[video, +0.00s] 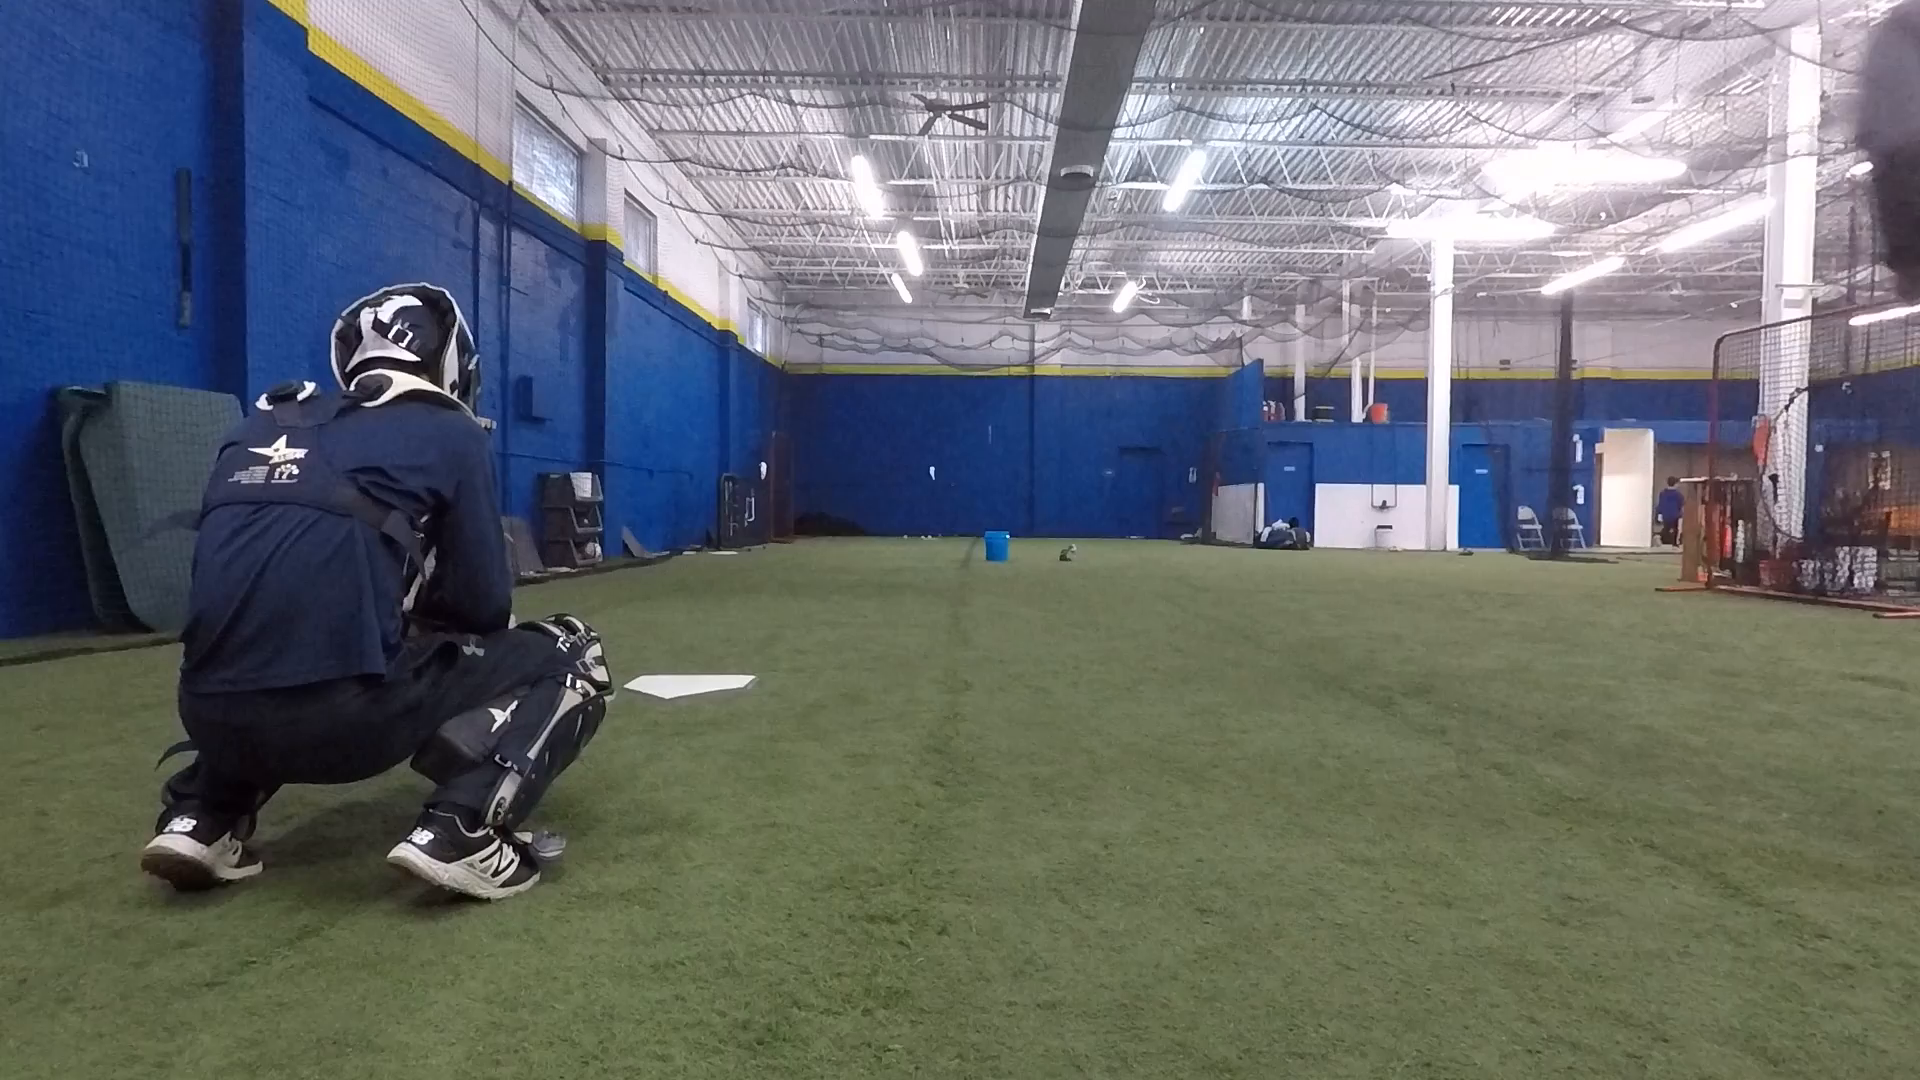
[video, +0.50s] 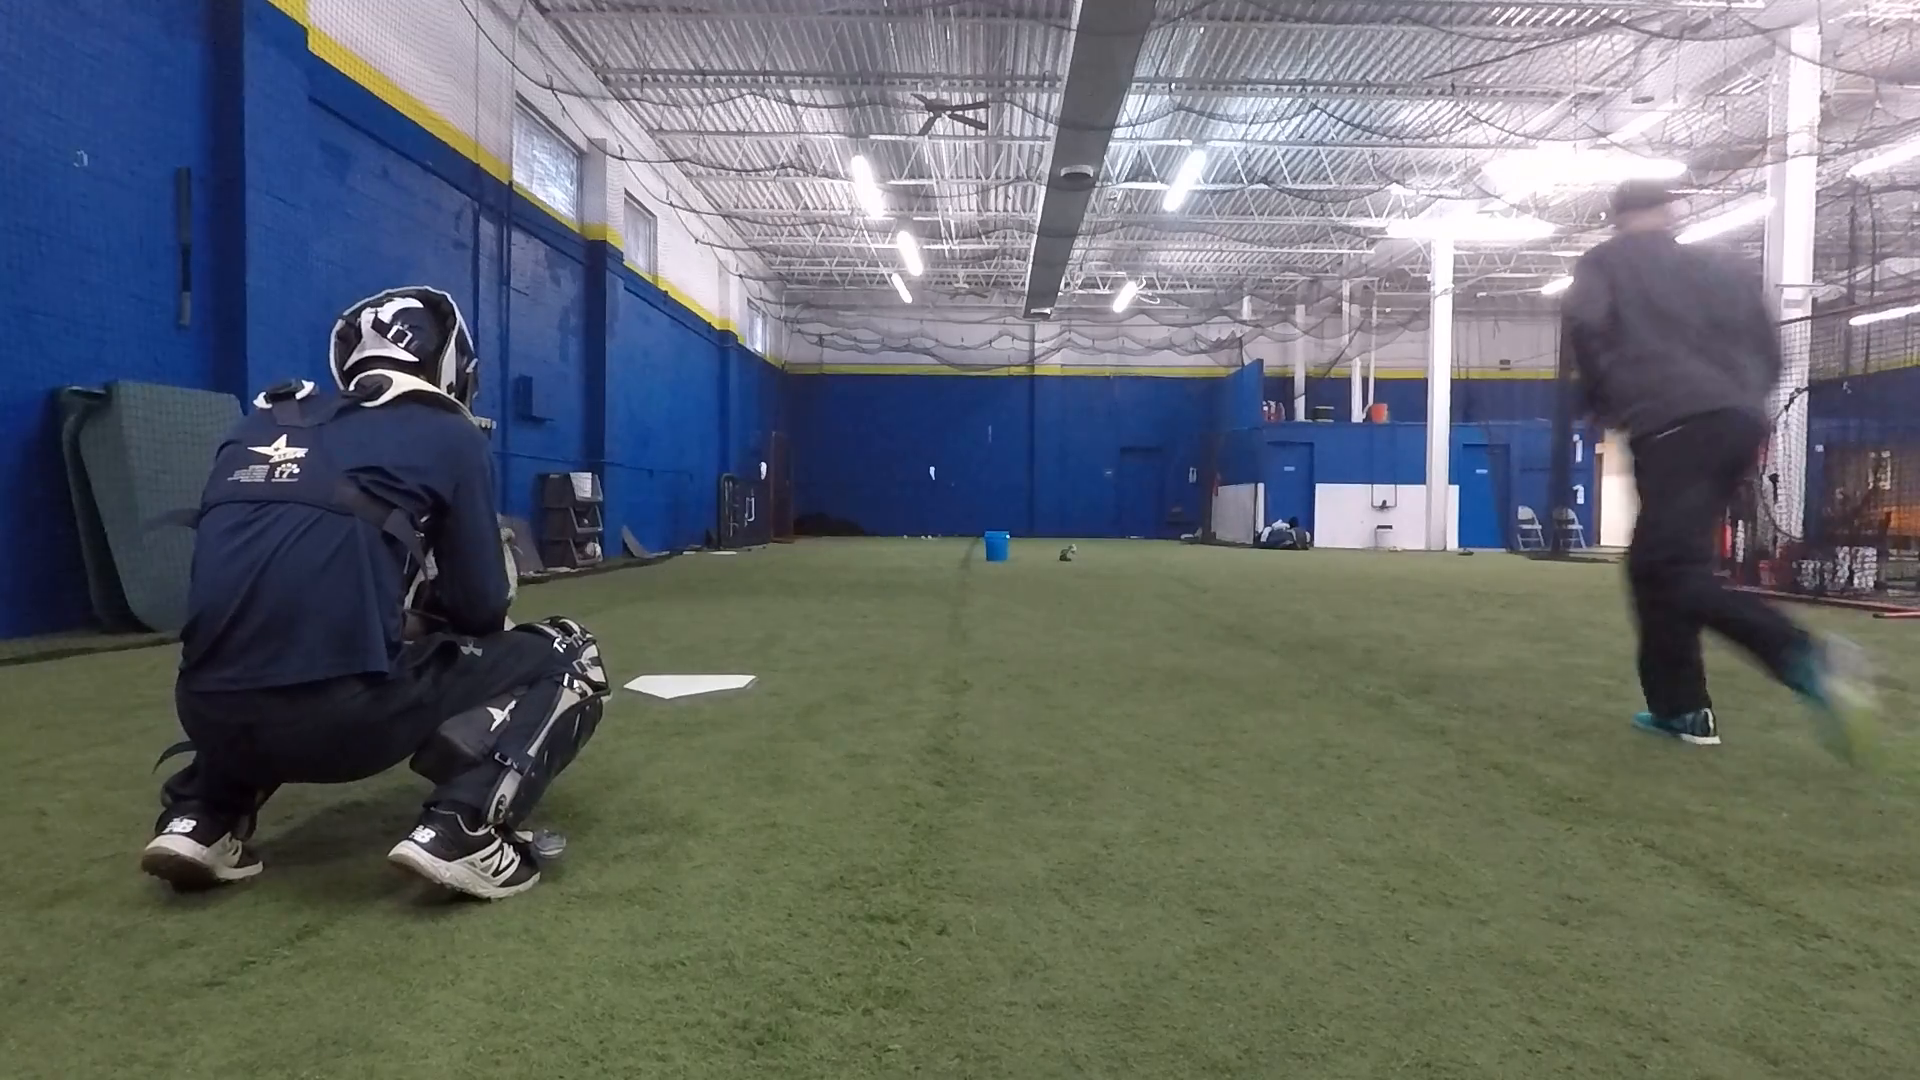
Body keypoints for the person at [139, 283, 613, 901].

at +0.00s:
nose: (466, 373)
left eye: (464, 359)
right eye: (462, 357)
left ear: (347, 360)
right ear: (448, 361)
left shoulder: (261, 423)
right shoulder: (452, 432)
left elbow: (239, 572)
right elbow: (483, 606)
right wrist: (407, 593)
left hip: (220, 719)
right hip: (351, 720)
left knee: (278, 618)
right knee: (573, 653)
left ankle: (203, 817)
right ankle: (461, 828)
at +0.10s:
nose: (468, 375)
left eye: (466, 361)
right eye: (464, 360)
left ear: (349, 361)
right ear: (450, 361)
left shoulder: (263, 421)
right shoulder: (453, 432)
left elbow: (236, 570)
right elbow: (483, 607)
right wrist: (408, 585)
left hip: (218, 717)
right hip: (348, 718)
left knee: (279, 617)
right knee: (572, 654)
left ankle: (203, 817)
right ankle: (461, 827)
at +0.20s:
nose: (470, 379)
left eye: (467, 365)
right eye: (466, 364)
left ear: (350, 362)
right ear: (451, 364)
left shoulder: (262, 422)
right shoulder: (453, 432)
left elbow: (234, 571)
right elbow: (481, 608)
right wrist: (407, 582)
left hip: (218, 718)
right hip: (348, 721)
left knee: (276, 617)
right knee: (571, 653)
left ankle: (203, 817)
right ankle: (460, 828)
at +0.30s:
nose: (469, 380)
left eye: (467, 367)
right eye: (465, 366)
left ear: (349, 364)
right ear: (450, 365)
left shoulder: (260, 423)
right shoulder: (450, 432)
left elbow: (237, 571)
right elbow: (480, 608)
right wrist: (413, 587)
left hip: (217, 719)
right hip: (346, 720)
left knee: (277, 618)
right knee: (571, 654)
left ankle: (202, 817)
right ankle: (461, 828)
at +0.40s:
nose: (469, 380)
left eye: (467, 366)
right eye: (465, 365)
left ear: (349, 363)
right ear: (449, 364)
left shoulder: (263, 420)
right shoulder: (449, 431)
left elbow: (235, 569)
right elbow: (481, 607)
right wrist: (417, 584)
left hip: (217, 718)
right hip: (348, 719)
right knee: (571, 654)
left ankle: (202, 817)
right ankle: (462, 827)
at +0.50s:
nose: (466, 377)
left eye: (464, 362)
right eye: (462, 361)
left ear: (347, 361)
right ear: (448, 363)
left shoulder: (259, 423)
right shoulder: (450, 433)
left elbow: (238, 571)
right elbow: (482, 607)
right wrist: (418, 587)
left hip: (218, 717)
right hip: (348, 718)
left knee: (276, 616)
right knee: (571, 654)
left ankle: (202, 816)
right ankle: (462, 826)